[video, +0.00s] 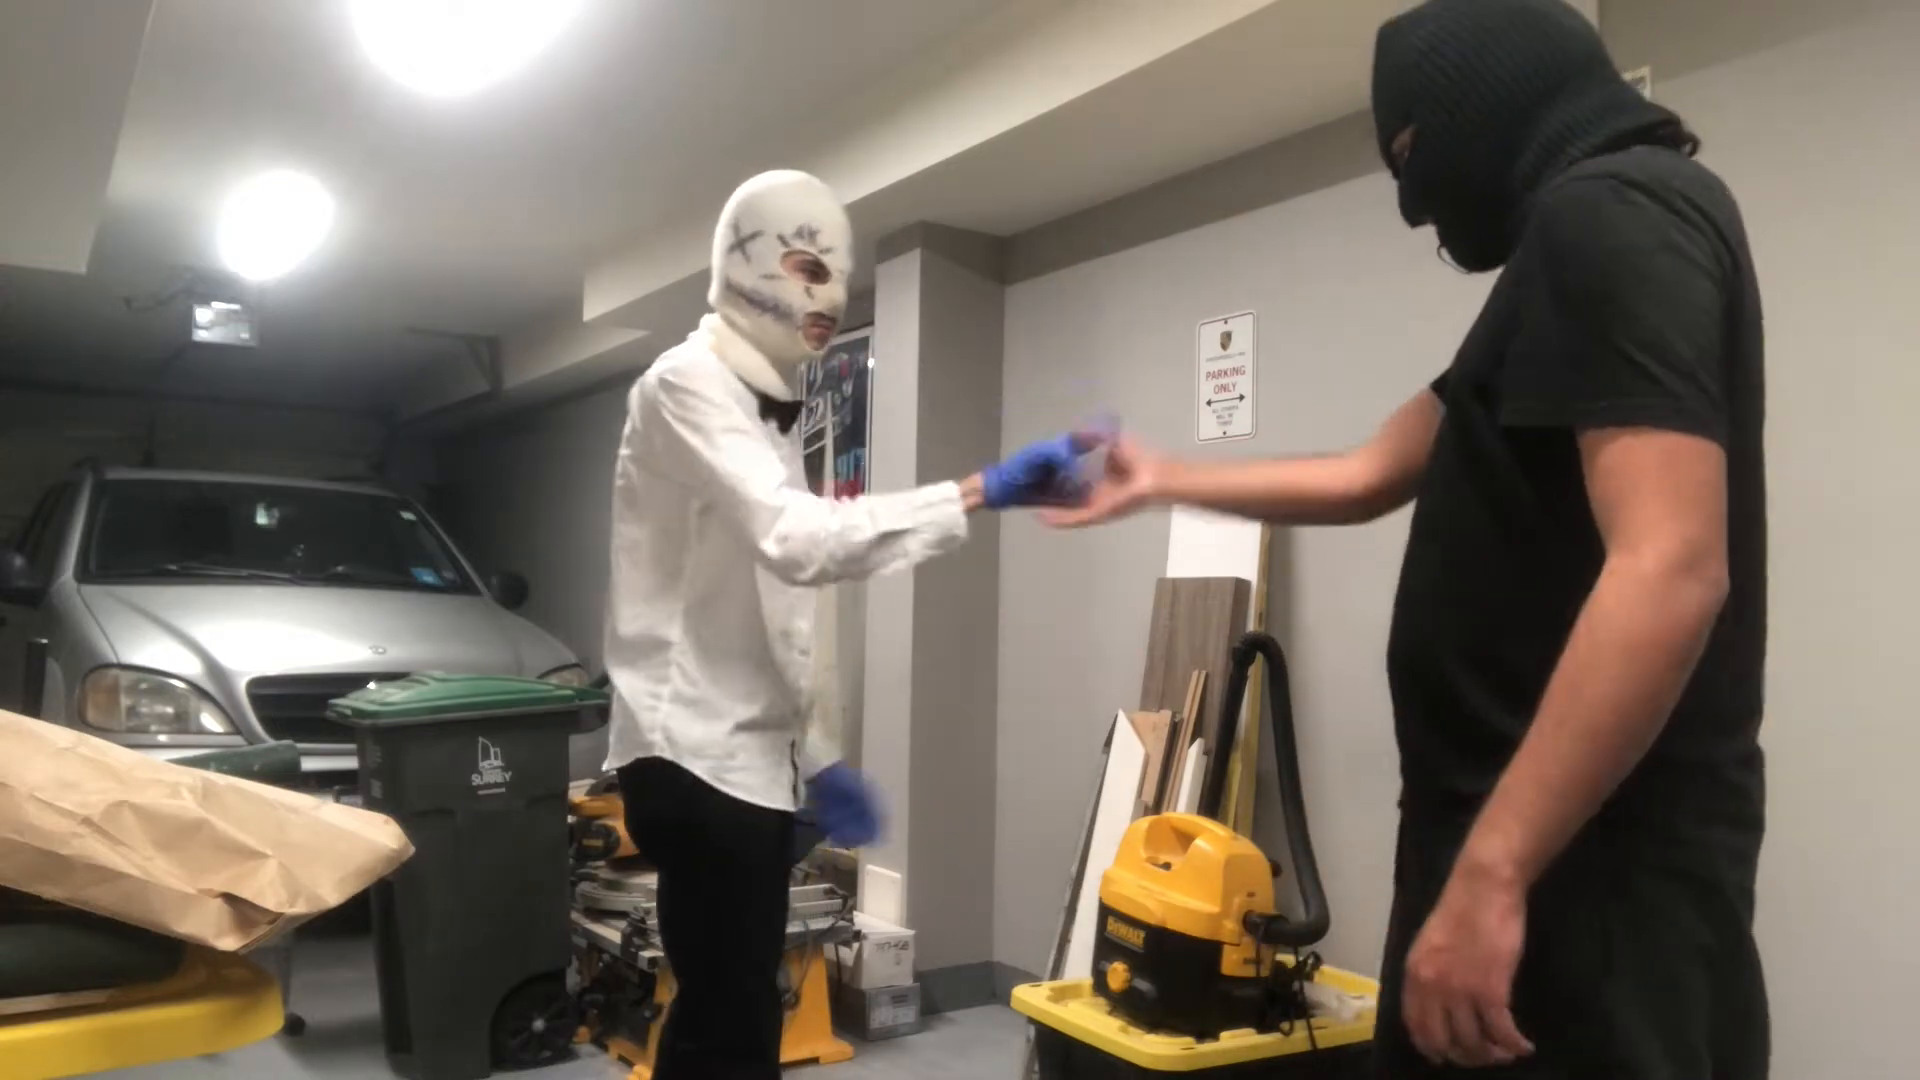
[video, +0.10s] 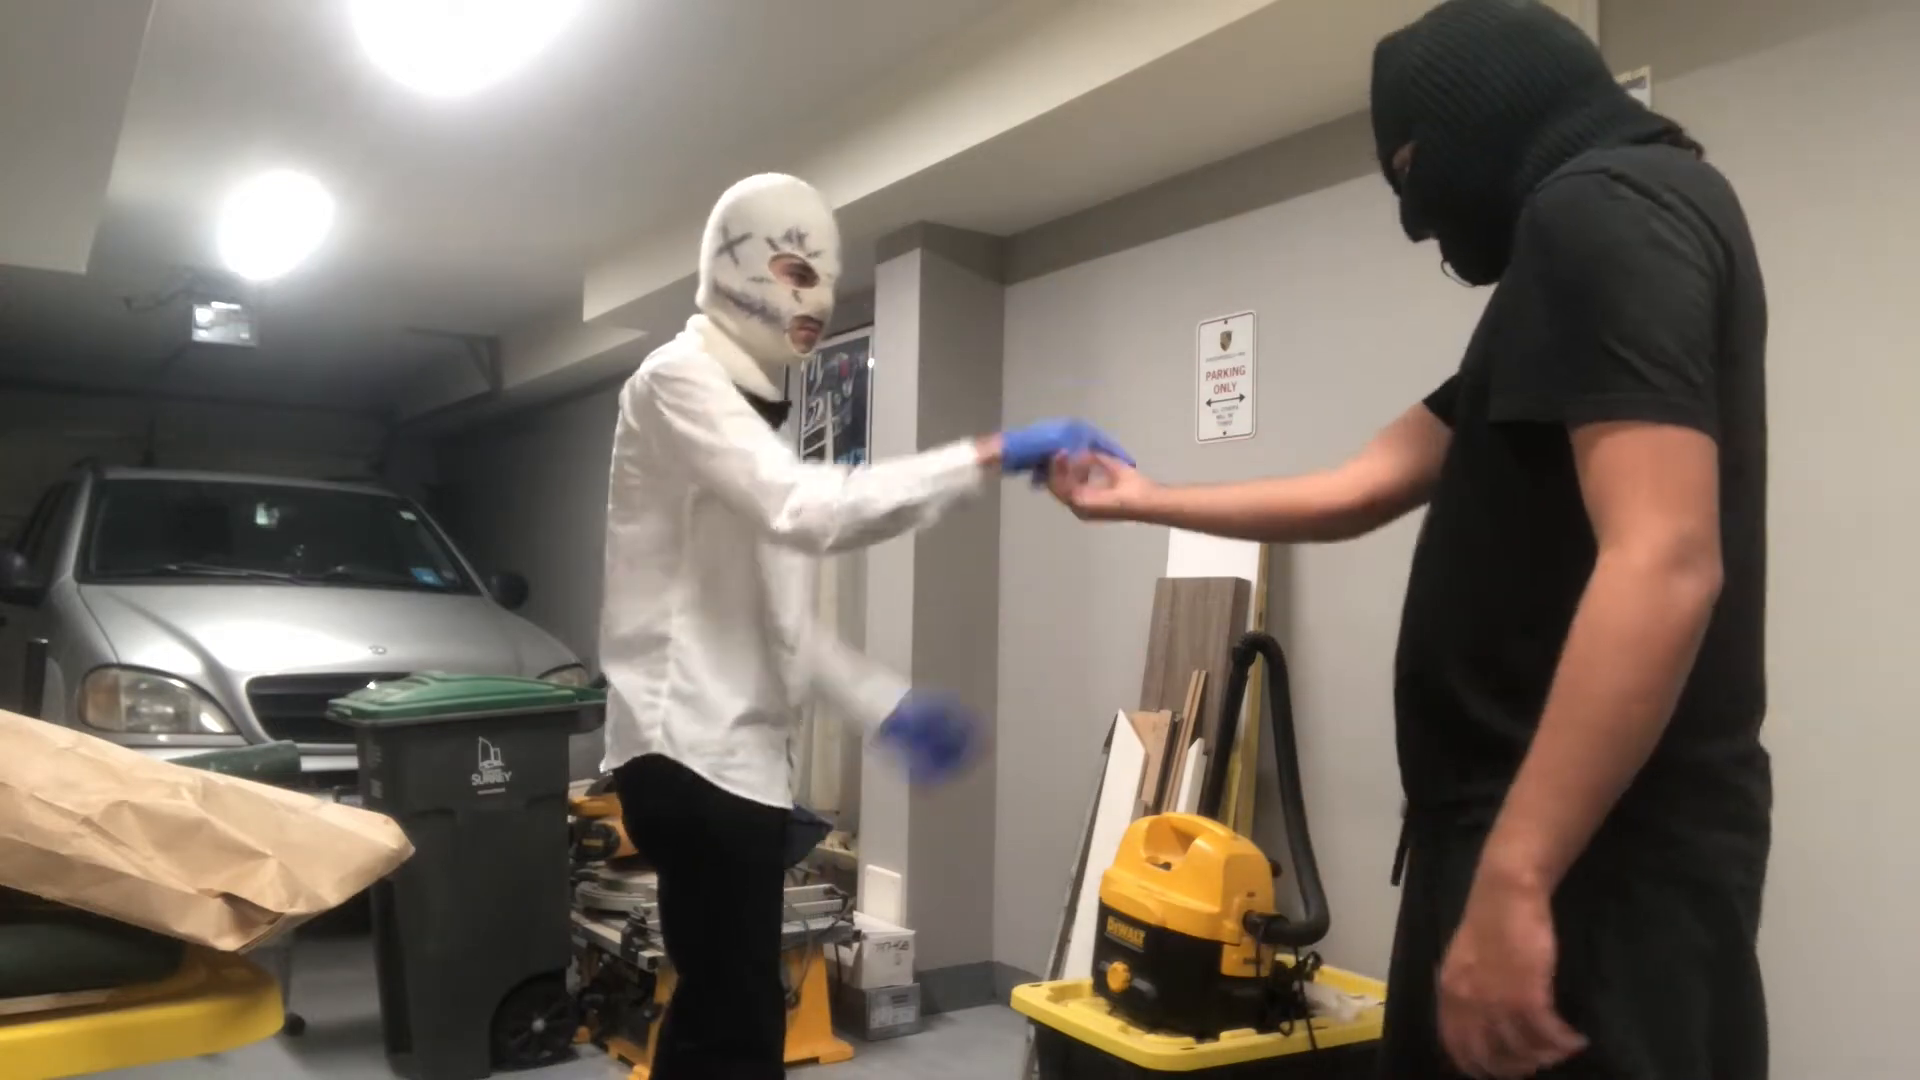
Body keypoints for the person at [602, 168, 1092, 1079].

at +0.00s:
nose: (829, 303)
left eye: (838, 281)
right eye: (808, 271)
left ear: (834, 288)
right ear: (746, 266)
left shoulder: (755, 406)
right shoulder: (689, 384)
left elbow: (747, 628)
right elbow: (796, 538)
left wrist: (806, 761)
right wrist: (981, 491)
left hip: (745, 756)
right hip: (696, 755)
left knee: (731, 1018)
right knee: (729, 1025)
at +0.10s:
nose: (819, 299)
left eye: (824, 277)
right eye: (797, 269)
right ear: (735, 266)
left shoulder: (744, 407)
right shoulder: (679, 378)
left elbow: (785, 624)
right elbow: (803, 509)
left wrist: (894, 707)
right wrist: (991, 453)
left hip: (742, 752)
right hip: (691, 752)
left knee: (717, 1022)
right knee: (736, 1025)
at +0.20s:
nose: (810, 292)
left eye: (816, 272)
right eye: (787, 265)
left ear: (816, 277)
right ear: (726, 267)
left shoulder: (749, 410)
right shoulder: (677, 375)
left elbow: (818, 589)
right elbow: (817, 494)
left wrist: (956, 603)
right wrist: (997, 432)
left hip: (737, 740)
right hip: (685, 737)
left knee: (720, 1013)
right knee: (734, 1016)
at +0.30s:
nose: (809, 298)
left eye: (816, 276)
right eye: (787, 270)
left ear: (822, 279)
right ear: (724, 269)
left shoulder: (756, 408)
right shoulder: (673, 373)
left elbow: (840, 553)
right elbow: (799, 483)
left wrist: (986, 523)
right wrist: (980, 418)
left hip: (745, 740)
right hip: (684, 737)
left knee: (715, 1015)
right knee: (739, 1018)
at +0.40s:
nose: (813, 295)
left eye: (822, 275)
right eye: (790, 267)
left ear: (825, 282)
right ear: (727, 268)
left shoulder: (794, 424)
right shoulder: (667, 374)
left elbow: (880, 520)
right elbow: (772, 492)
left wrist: (1022, 489)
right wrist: (959, 436)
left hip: (756, 748)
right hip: (686, 742)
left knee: (732, 1013)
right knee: (731, 1018)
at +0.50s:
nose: (821, 285)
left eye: (829, 266)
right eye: (797, 260)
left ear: (831, 277)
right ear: (732, 266)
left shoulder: (816, 423)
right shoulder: (669, 379)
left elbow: (894, 511)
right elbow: (763, 501)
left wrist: (1025, 484)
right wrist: (964, 456)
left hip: (776, 758)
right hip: (688, 752)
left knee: (745, 1021)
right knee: (722, 1026)